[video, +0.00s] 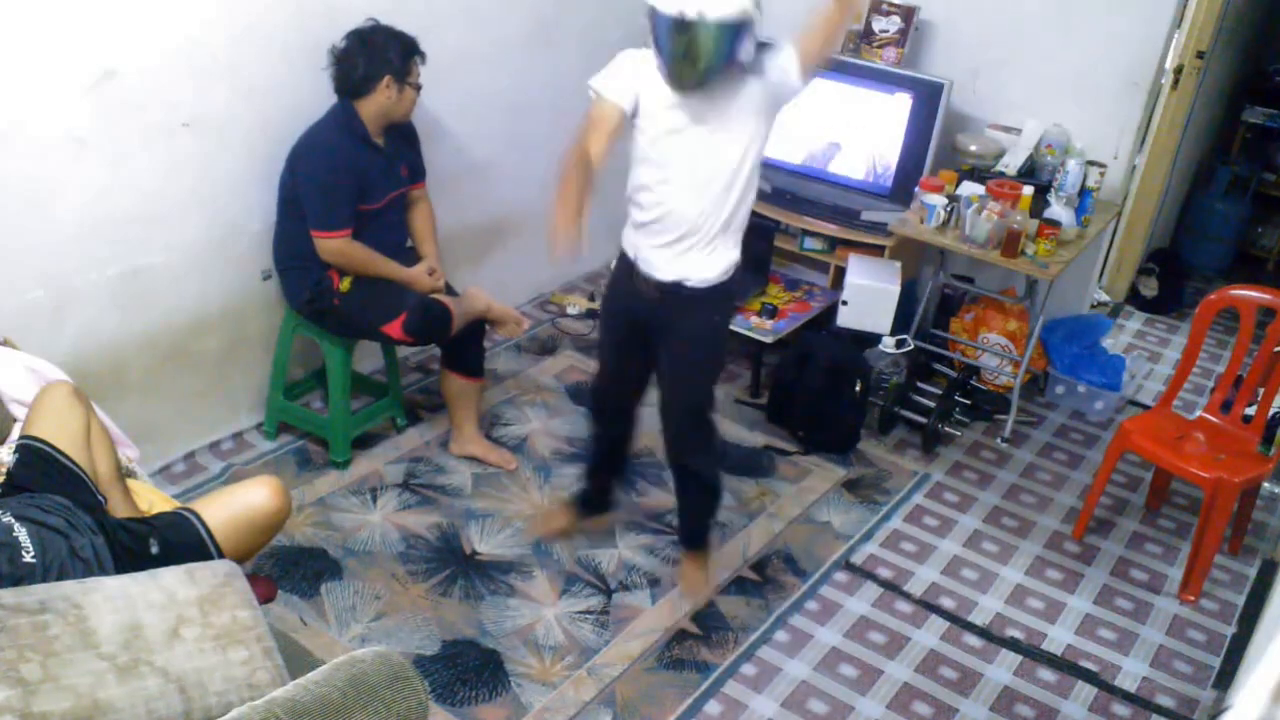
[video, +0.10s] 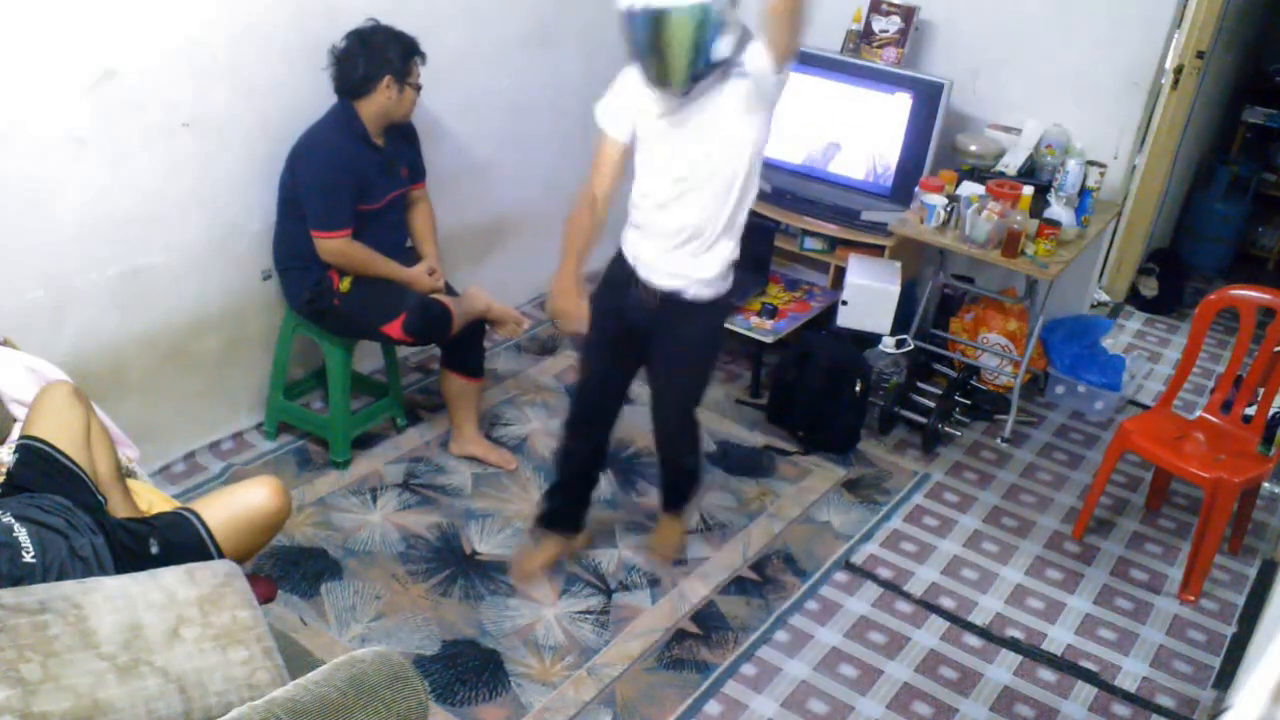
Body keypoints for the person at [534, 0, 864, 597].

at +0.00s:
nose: (693, 61)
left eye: (712, 46)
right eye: (681, 43)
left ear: (740, 38)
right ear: (663, 30)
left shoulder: (764, 81)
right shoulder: (637, 71)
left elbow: (835, 22)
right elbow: (588, 148)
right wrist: (570, 212)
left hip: (703, 291)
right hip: (635, 275)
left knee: (686, 422)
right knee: (611, 399)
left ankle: (694, 546)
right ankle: (592, 500)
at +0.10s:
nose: (666, 83)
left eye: (679, 69)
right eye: (655, 68)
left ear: (710, 50)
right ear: (643, 49)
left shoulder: (753, 81)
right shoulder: (635, 85)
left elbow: (787, 10)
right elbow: (596, 194)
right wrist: (568, 275)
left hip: (697, 299)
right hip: (629, 278)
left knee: (673, 418)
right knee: (591, 406)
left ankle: (673, 511)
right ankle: (562, 523)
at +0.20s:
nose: (627, 86)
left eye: (638, 68)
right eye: (617, 73)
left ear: (679, 61)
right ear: (614, 74)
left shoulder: (730, 114)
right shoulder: (638, 143)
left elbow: (718, 22)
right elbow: (610, 232)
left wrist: (695, 9)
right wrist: (555, 308)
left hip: (693, 336)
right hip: (624, 316)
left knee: (656, 444)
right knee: (568, 440)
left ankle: (643, 497)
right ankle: (556, 551)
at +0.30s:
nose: (611, 80)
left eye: (615, 64)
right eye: (604, 69)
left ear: (651, 47)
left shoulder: (720, 90)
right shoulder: (646, 138)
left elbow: (679, 4)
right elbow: (635, 229)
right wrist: (570, 288)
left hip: (716, 320)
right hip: (648, 306)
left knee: (673, 432)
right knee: (606, 431)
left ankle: (650, 498)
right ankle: (565, 548)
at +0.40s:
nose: (630, 86)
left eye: (628, 73)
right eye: (624, 77)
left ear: (646, 51)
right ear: (633, 65)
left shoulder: (704, 77)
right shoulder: (656, 111)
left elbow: (642, 3)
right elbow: (687, 187)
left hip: (741, 299)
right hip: (676, 287)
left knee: (725, 430)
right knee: (628, 421)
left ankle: (724, 518)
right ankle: (641, 547)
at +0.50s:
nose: (624, 69)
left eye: (630, 57)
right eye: (618, 60)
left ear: (664, 53)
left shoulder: (712, 100)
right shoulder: (672, 110)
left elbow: (617, 50)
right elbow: (755, 181)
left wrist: (587, 15)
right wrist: (667, 180)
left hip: (741, 314)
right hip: (679, 305)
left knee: (760, 441)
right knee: (650, 448)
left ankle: (791, 535)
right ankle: (692, 571)